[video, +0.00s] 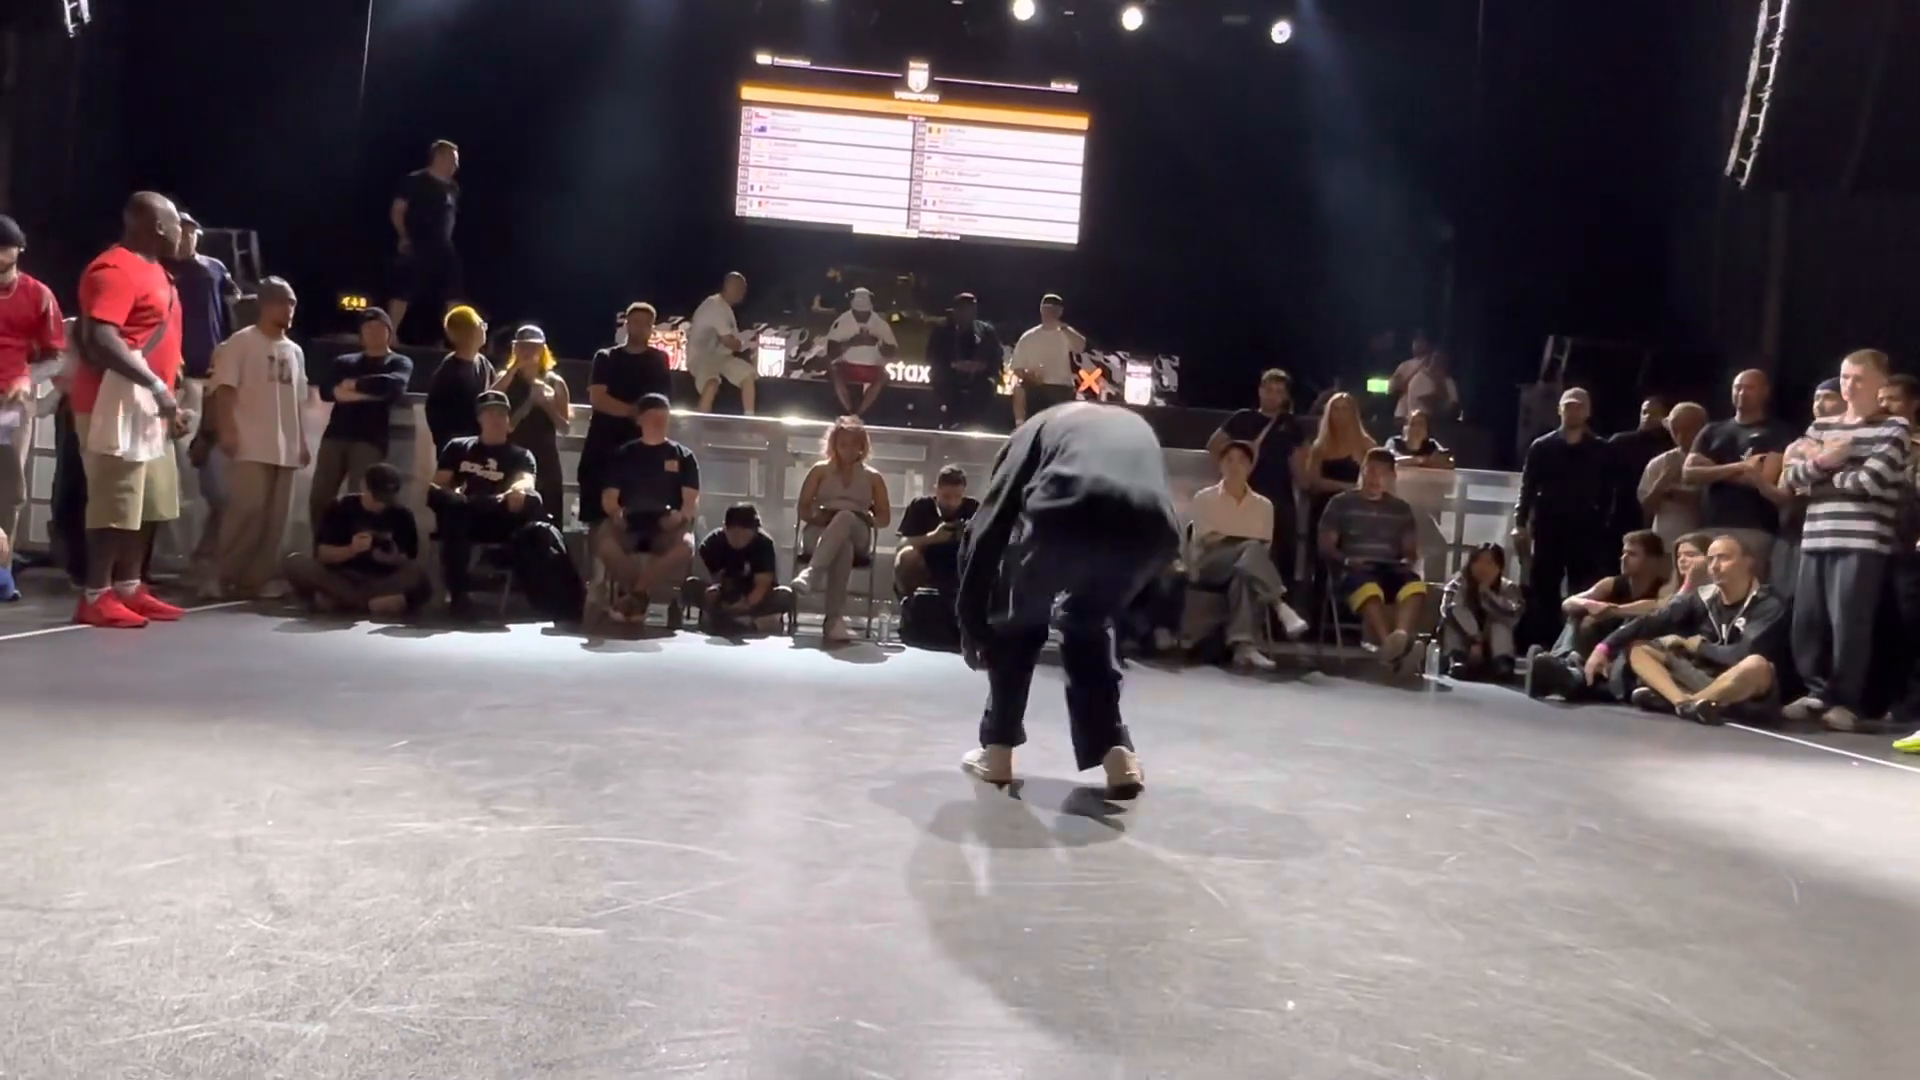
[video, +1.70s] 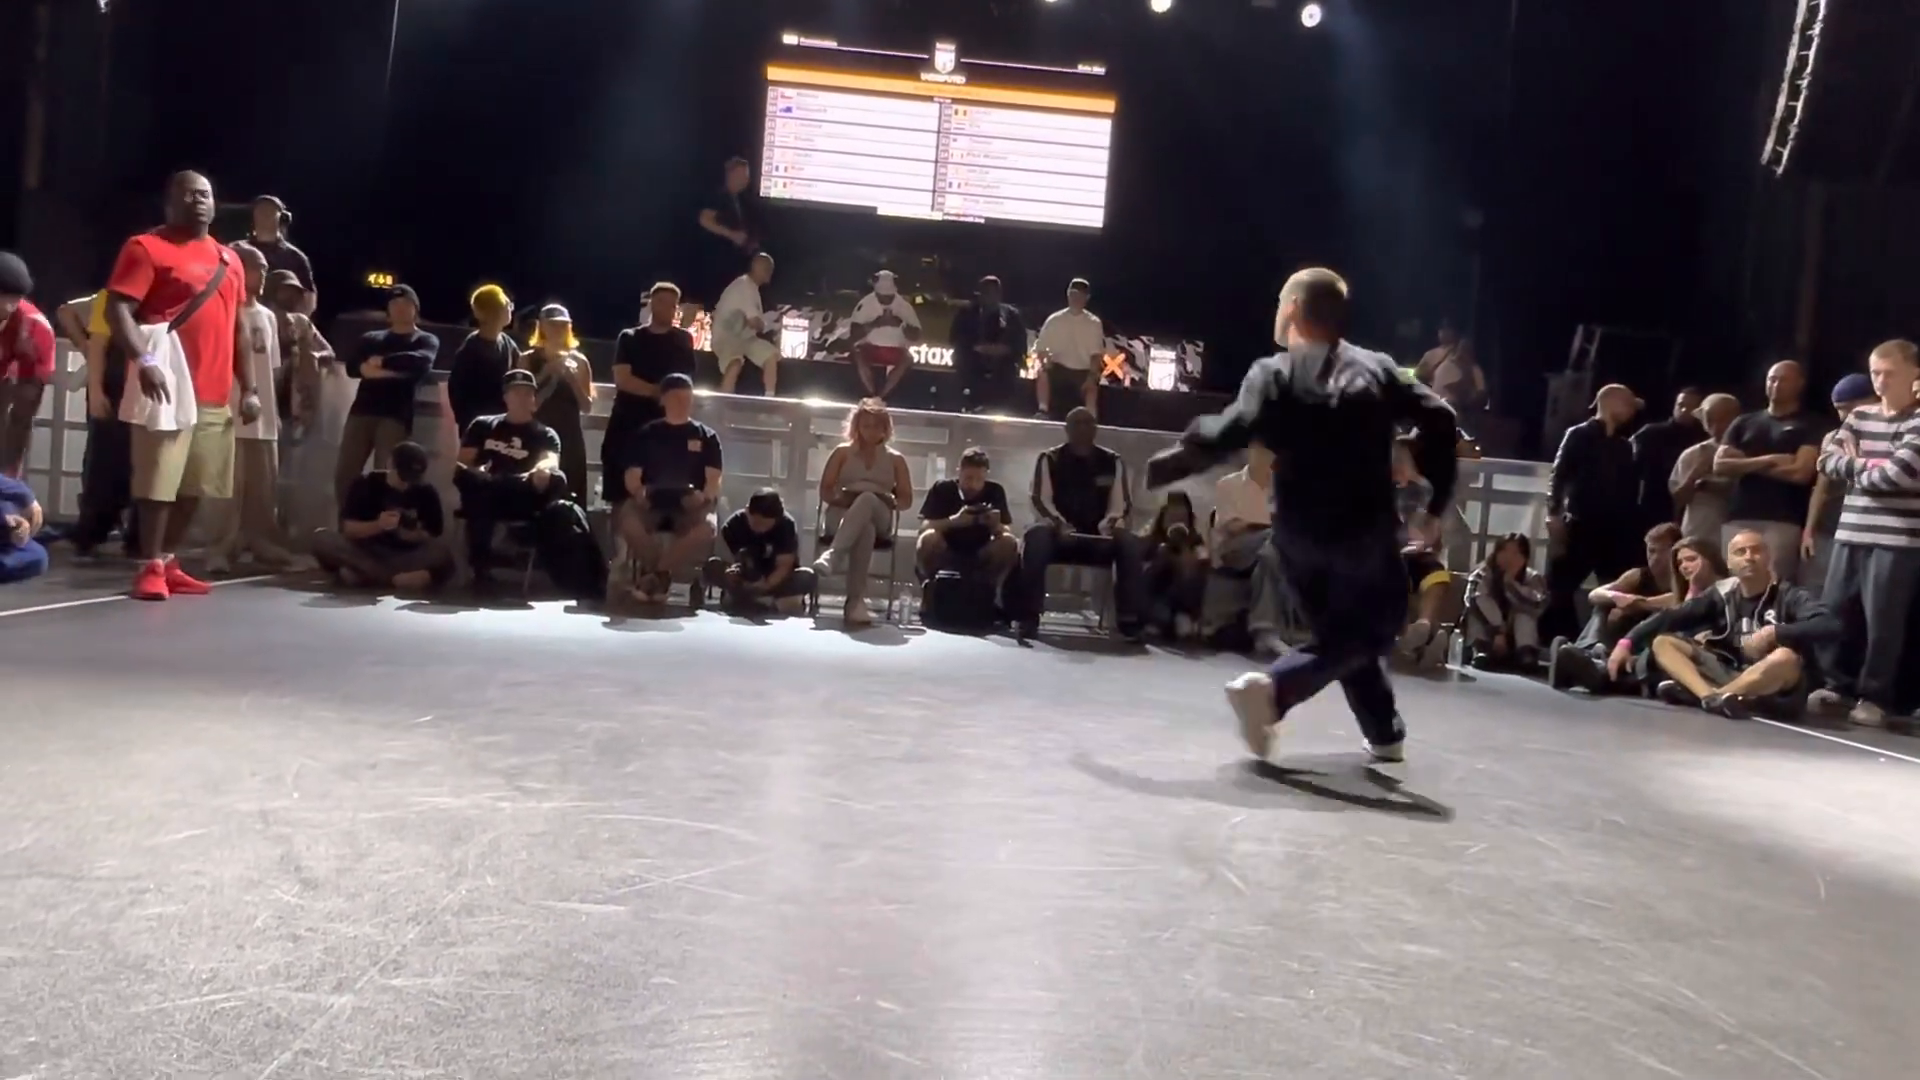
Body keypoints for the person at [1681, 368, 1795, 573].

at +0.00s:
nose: (1741, 393)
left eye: (1748, 388)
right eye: (1737, 388)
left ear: (1764, 393)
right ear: (1732, 392)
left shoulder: (1778, 434)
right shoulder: (1712, 430)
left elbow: (1764, 481)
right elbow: (1689, 472)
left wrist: (1713, 470)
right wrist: (1742, 467)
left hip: (1755, 529)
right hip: (1713, 525)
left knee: (1749, 601)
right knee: (1710, 598)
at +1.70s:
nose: (1775, 384)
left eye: (1782, 380)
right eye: (1772, 379)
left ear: (1799, 384)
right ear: (1766, 383)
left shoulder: (1810, 426)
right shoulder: (1744, 422)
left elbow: (1802, 473)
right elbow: (1719, 465)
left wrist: (1747, 463)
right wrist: (1773, 460)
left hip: (1782, 522)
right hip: (1739, 519)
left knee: (1776, 599)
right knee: (1735, 597)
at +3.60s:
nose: (1779, 384)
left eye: (1787, 379)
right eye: (1775, 378)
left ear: (1803, 384)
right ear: (1769, 383)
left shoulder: (1812, 425)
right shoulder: (1745, 422)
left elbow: (1806, 473)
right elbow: (1722, 464)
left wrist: (1749, 462)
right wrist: (1776, 460)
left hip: (1785, 521)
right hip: (1741, 519)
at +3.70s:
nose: (1779, 384)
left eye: (1787, 379)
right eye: (1775, 379)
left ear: (1803, 384)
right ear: (1769, 383)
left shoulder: (1812, 425)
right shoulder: (1746, 422)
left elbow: (1804, 470)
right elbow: (1722, 464)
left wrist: (1748, 462)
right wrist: (1775, 461)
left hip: (1784, 521)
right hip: (1741, 519)